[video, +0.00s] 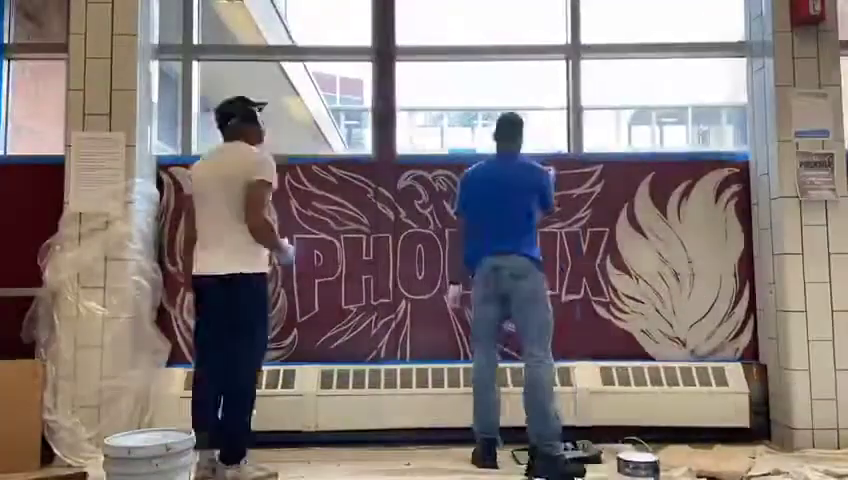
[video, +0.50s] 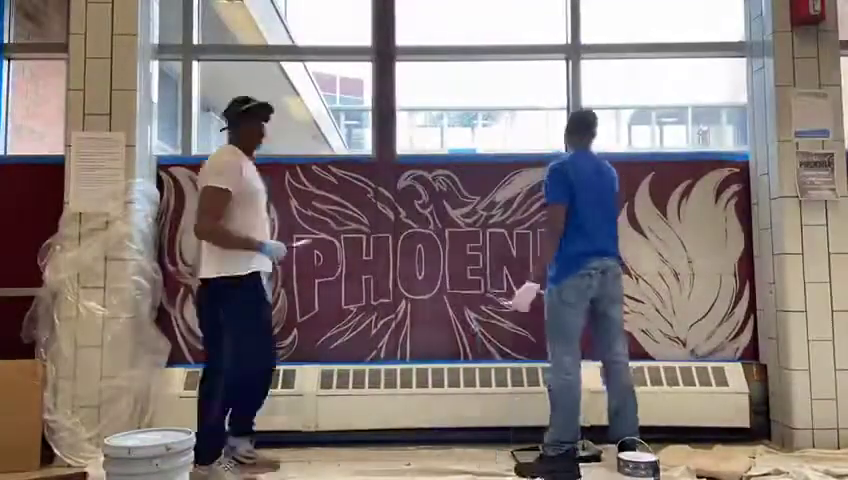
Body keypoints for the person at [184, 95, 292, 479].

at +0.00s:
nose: (263, 130)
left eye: (260, 123)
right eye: (259, 123)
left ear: (224, 128)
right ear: (250, 125)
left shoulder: (202, 165)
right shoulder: (258, 159)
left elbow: (190, 231)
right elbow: (256, 221)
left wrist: (189, 276)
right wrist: (281, 248)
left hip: (206, 277)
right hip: (243, 278)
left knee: (208, 365)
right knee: (243, 369)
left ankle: (203, 451)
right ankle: (233, 460)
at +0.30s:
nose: (218, 135)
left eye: (216, 128)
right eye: (213, 128)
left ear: (180, 128)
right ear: (197, 127)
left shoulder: (153, 166)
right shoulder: (202, 161)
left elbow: (141, 230)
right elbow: (195, 221)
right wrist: (228, 243)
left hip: (152, 280)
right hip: (187, 281)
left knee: (157, 376)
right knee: (196, 375)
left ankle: (155, 461)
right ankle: (198, 462)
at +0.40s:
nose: (220, 129)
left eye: (218, 123)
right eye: (215, 123)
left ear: (182, 126)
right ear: (194, 125)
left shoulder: (159, 163)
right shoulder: (198, 160)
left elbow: (149, 234)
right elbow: (192, 221)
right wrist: (234, 242)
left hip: (161, 278)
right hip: (190, 279)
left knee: (162, 370)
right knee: (197, 369)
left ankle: (154, 457)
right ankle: (199, 461)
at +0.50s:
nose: (264, 132)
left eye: (264, 125)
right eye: (259, 125)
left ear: (245, 126)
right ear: (241, 125)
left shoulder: (242, 164)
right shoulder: (225, 162)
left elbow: (231, 225)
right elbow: (205, 226)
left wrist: (264, 259)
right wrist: (262, 245)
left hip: (244, 281)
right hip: (226, 283)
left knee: (257, 362)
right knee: (224, 367)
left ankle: (239, 446)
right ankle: (209, 459)